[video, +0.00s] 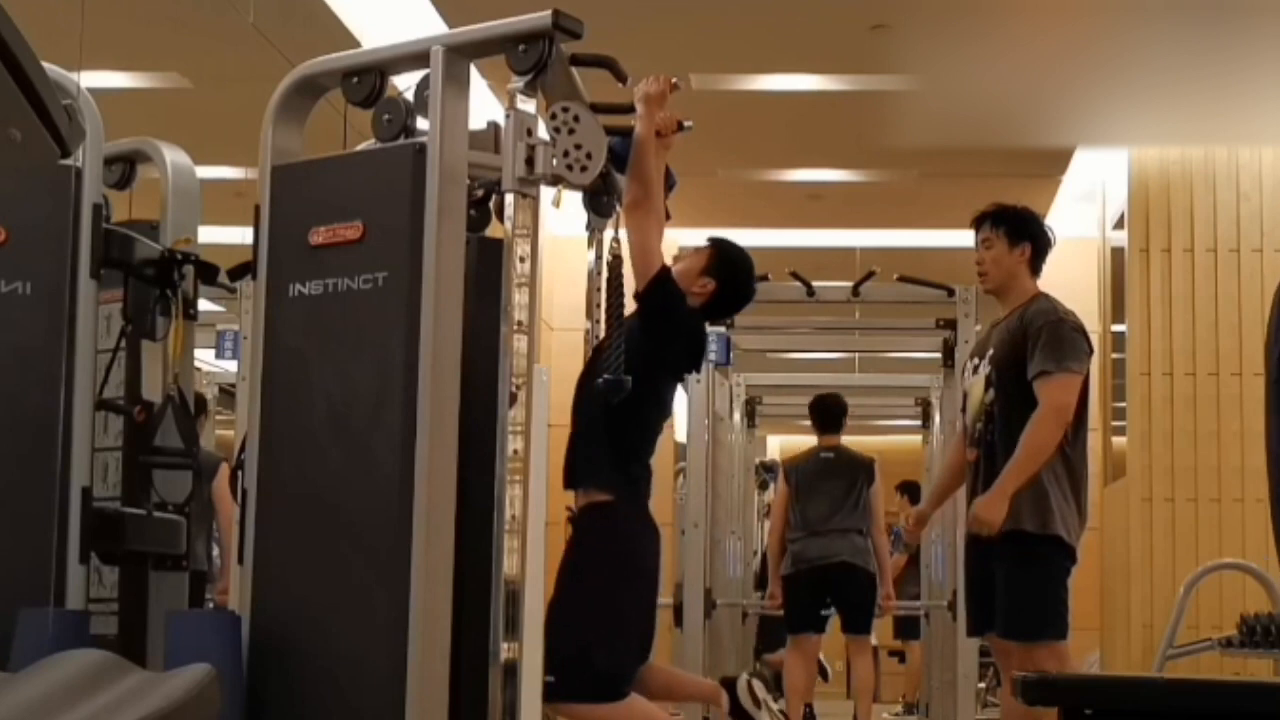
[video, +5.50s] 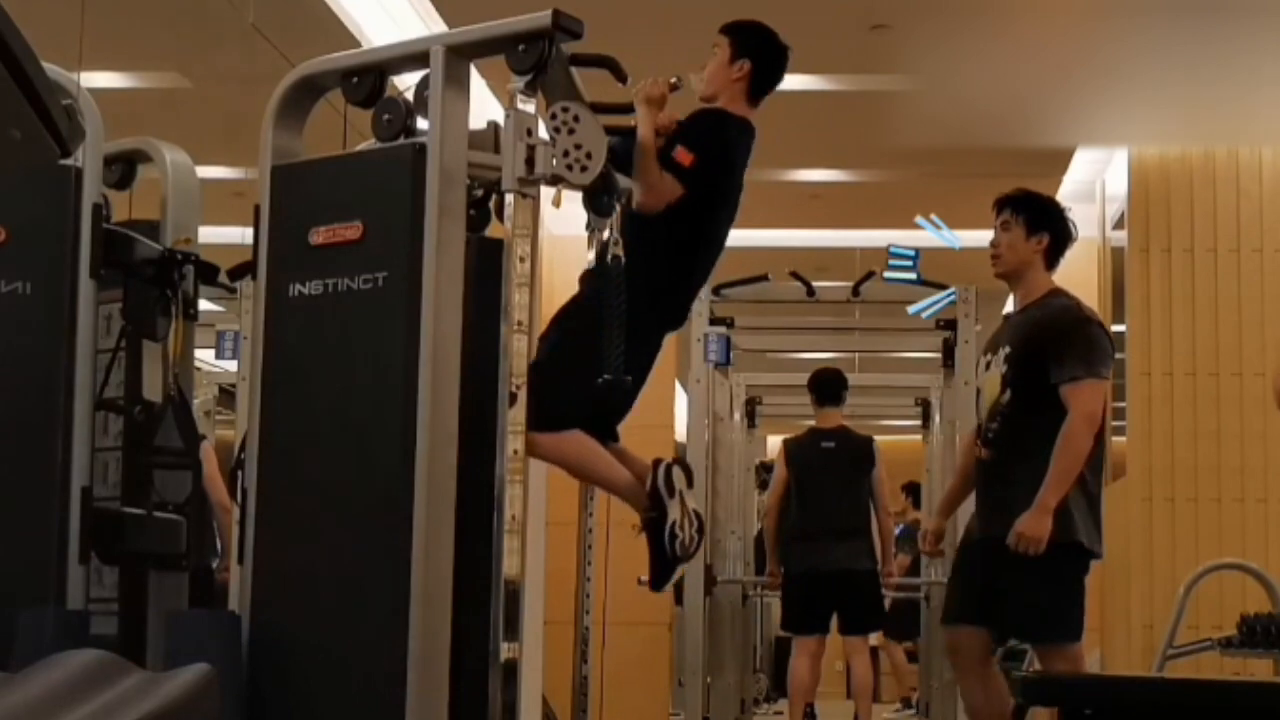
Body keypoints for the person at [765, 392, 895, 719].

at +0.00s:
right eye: (840, 418)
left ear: (812, 422)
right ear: (844, 422)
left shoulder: (791, 467)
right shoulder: (866, 466)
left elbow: (777, 529)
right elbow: (878, 530)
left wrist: (773, 580)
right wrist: (887, 582)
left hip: (805, 573)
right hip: (855, 571)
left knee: (800, 648)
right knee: (860, 646)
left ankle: (795, 716)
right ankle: (863, 715)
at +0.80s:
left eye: (816, 475)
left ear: (814, 479)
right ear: (846, 479)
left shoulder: (793, 515)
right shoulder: (866, 514)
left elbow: (779, 576)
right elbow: (881, 575)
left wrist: (776, 631)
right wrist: (887, 630)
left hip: (803, 583)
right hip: (856, 582)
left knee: (794, 651)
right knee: (866, 653)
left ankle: (794, 716)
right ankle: (865, 716)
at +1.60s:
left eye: (820, 427)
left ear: (815, 432)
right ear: (847, 431)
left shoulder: (795, 474)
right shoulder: (868, 473)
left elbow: (782, 534)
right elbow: (879, 537)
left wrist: (775, 578)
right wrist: (887, 589)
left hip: (805, 574)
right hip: (855, 573)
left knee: (803, 652)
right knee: (862, 649)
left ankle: (794, 715)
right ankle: (864, 714)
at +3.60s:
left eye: (817, 467)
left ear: (814, 471)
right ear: (847, 471)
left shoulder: (794, 509)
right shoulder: (868, 508)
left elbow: (780, 570)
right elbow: (881, 571)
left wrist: (781, 622)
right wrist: (887, 625)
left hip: (806, 587)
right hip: (858, 586)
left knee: (800, 653)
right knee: (866, 653)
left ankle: (796, 716)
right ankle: (865, 715)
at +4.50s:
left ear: (818, 428)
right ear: (850, 428)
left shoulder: (796, 473)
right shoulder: (871, 472)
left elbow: (782, 535)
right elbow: (882, 534)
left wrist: (774, 586)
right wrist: (889, 587)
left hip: (806, 574)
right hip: (856, 573)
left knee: (802, 649)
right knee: (862, 649)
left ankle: (796, 715)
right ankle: (865, 714)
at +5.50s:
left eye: (814, 396)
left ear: (811, 399)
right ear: (845, 398)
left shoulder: (790, 448)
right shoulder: (866, 447)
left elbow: (771, 509)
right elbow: (884, 510)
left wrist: (772, 559)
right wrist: (888, 560)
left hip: (806, 567)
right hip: (855, 566)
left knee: (805, 649)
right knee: (858, 650)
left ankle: (797, 716)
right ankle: (863, 715)